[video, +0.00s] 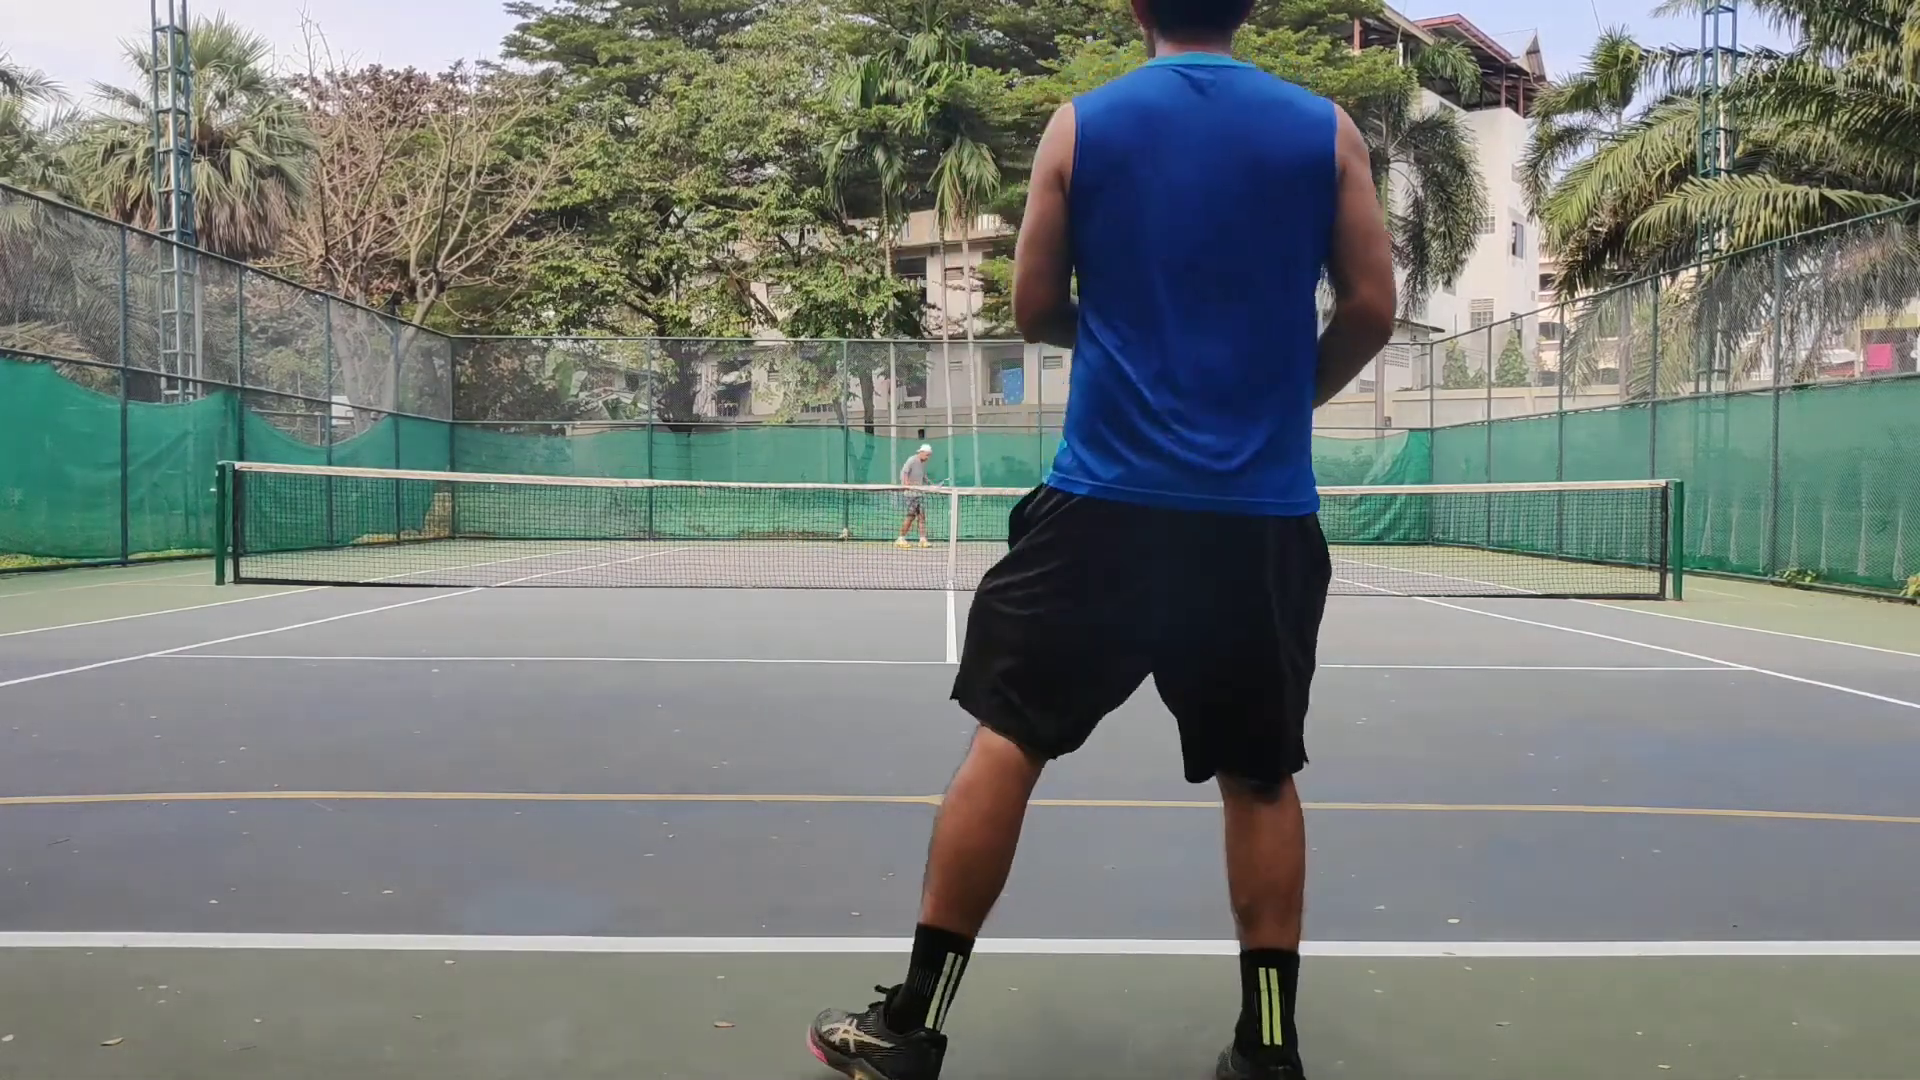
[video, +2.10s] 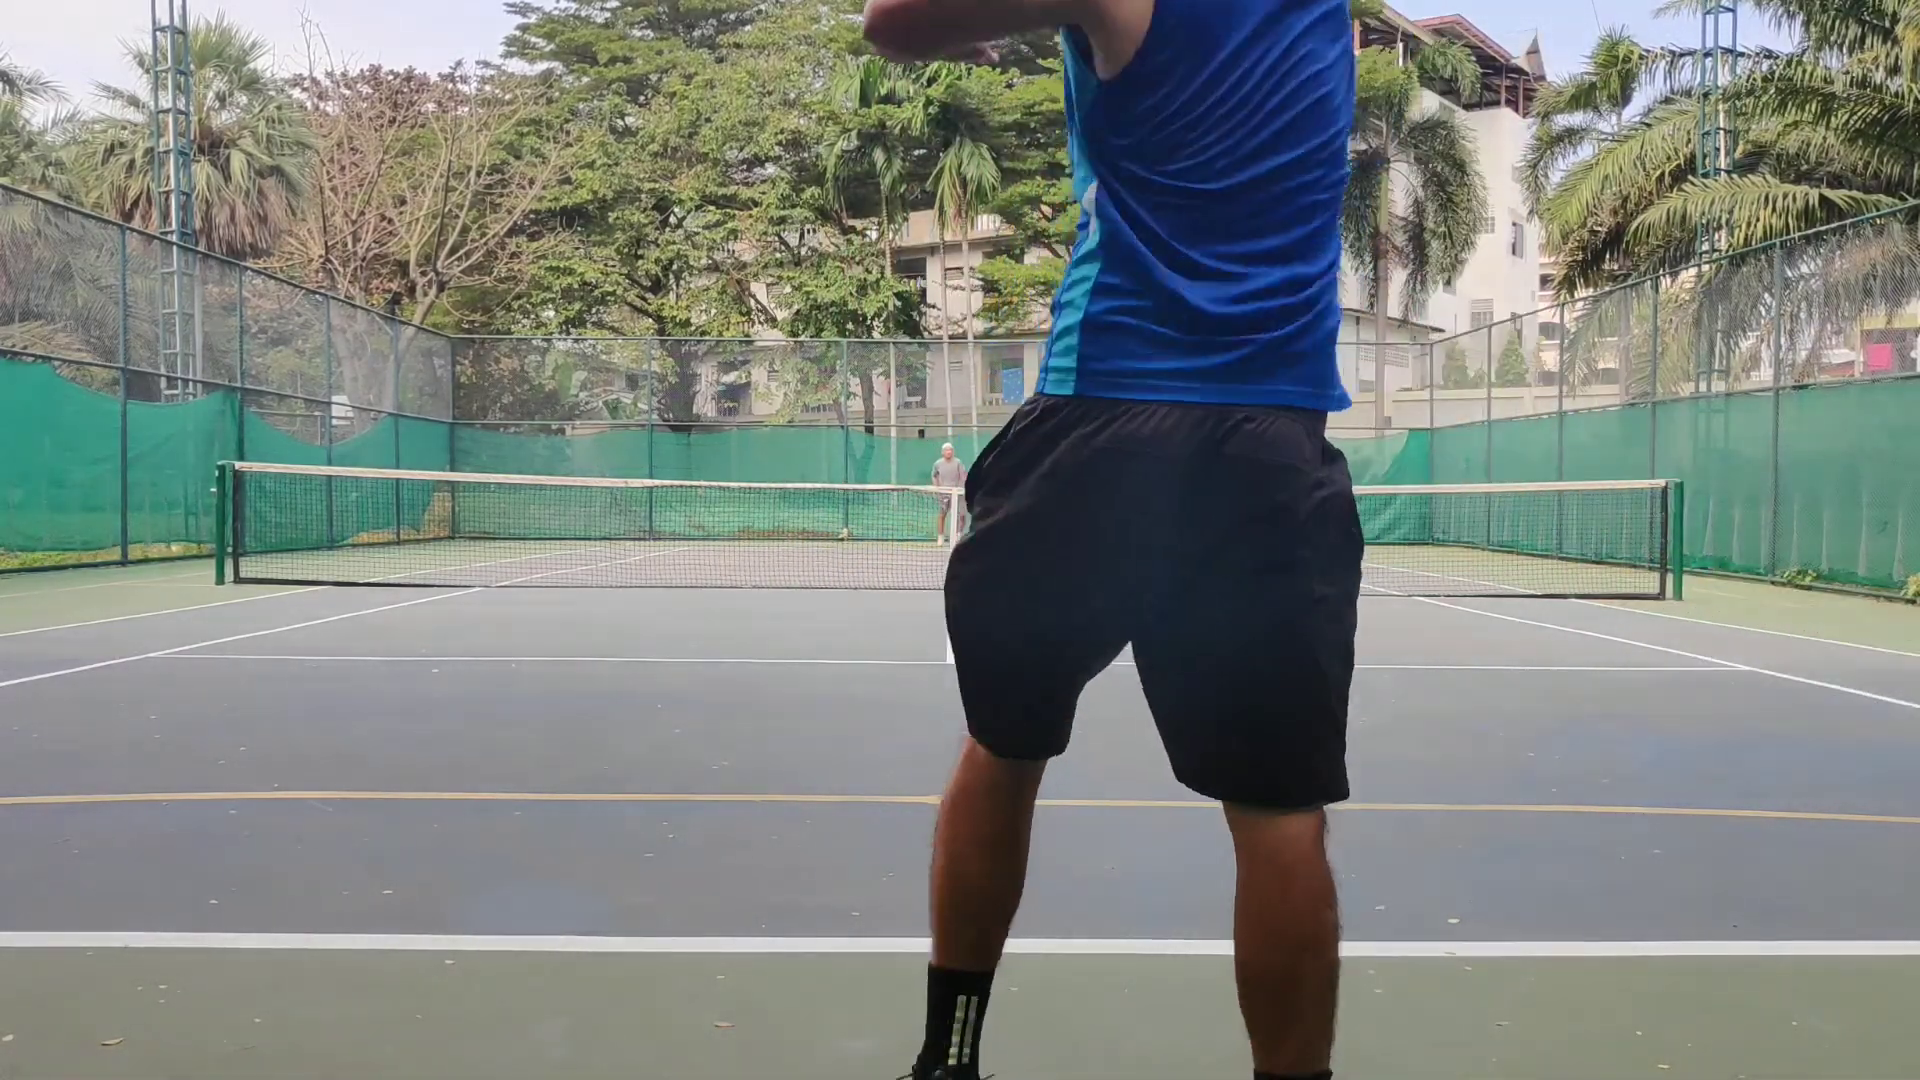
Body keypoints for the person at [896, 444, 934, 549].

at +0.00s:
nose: (927, 458)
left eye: (929, 455)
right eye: (927, 455)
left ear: (927, 455)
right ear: (921, 453)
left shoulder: (922, 462)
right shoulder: (912, 460)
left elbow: (922, 475)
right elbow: (904, 472)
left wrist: (930, 484)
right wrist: (906, 485)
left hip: (918, 491)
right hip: (910, 491)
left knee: (921, 516)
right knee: (912, 515)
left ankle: (923, 539)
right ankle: (901, 538)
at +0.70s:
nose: (929, 451)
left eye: (931, 449)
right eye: (927, 449)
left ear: (933, 450)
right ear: (923, 449)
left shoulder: (934, 461)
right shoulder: (916, 459)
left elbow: (935, 475)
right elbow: (913, 472)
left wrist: (926, 481)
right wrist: (912, 480)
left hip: (928, 490)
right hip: (916, 489)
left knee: (926, 514)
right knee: (912, 513)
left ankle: (924, 537)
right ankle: (914, 533)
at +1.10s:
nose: (923, 452)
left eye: (925, 450)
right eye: (921, 450)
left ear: (929, 451)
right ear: (918, 451)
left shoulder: (933, 462)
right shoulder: (913, 462)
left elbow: (936, 476)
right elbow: (910, 476)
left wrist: (934, 489)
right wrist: (910, 488)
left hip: (929, 492)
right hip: (917, 492)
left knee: (928, 514)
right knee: (917, 515)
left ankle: (927, 534)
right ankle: (918, 533)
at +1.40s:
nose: (927, 450)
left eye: (929, 448)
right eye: (925, 448)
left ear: (932, 449)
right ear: (921, 450)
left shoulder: (937, 460)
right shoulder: (917, 461)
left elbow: (943, 472)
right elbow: (910, 473)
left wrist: (948, 483)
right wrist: (911, 486)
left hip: (934, 490)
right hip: (921, 491)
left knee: (939, 514)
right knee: (921, 515)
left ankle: (941, 536)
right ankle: (920, 536)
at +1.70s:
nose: (939, 453)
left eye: (941, 451)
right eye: (937, 451)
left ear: (943, 452)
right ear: (933, 453)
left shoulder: (948, 464)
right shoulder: (928, 464)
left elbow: (951, 477)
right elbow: (924, 477)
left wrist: (951, 488)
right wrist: (925, 488)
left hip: (945, 491)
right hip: (932, 491)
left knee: (949, 515)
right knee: (928, 514)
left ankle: (950, 534)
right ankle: (921, 534)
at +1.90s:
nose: (946, 451)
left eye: (948, 449)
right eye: (944, 449)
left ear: (950, 450)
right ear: (940, 451)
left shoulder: (955, 461)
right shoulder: (935, 462)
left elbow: (959, 474)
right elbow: (933, 475)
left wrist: (957, 485)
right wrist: (934, 486)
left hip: (952, 490)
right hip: (939, 490)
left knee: (954, 513)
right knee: (937, 512)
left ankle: (954, 534)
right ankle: (934, 534)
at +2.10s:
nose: (948, 452)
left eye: (950, 450)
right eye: (946, 450)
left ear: (953, 452)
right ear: (942, 452)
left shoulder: (958, 463)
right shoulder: (938, 464)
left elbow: (963, 475)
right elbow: (934, 476)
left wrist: (961, 486)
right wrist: (937, 486)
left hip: (957, 490)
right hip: (943, 490)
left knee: (960, 513)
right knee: (942, 513)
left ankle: (958, 533)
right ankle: (940, 535)